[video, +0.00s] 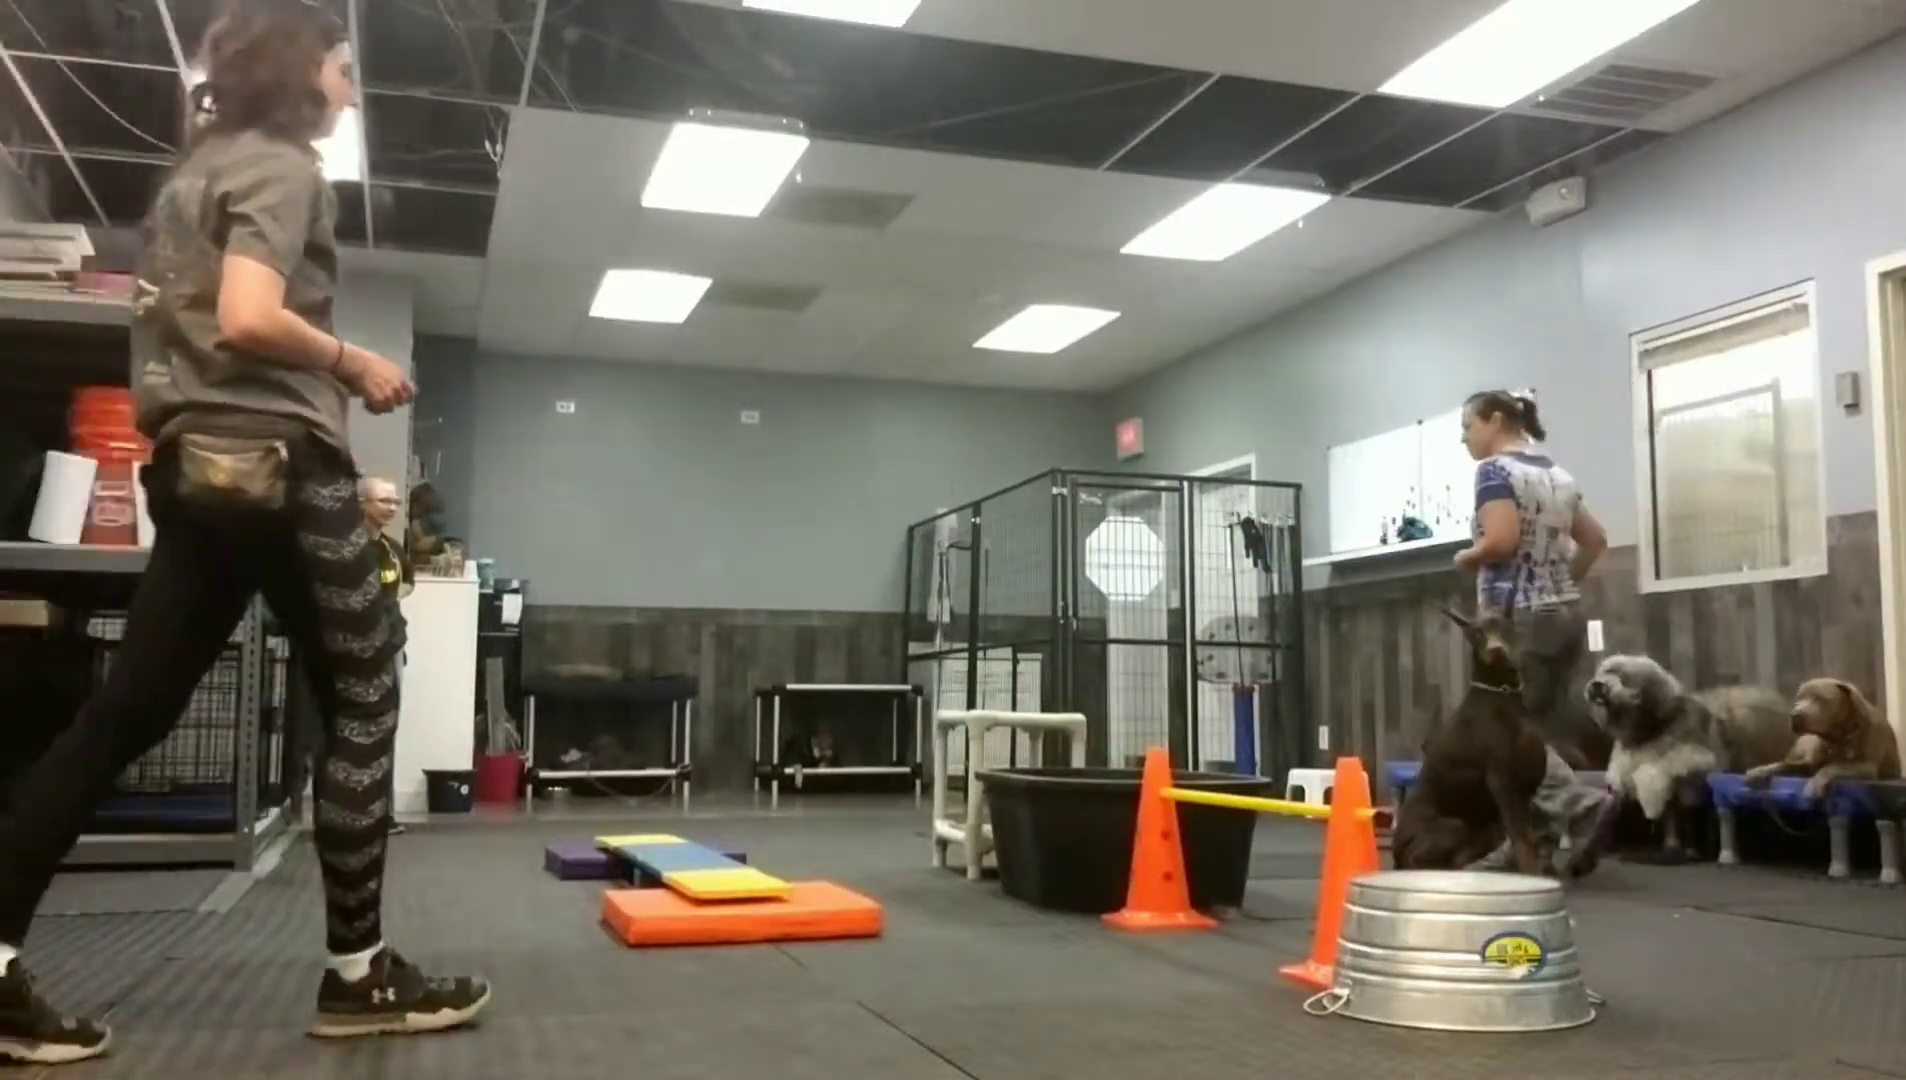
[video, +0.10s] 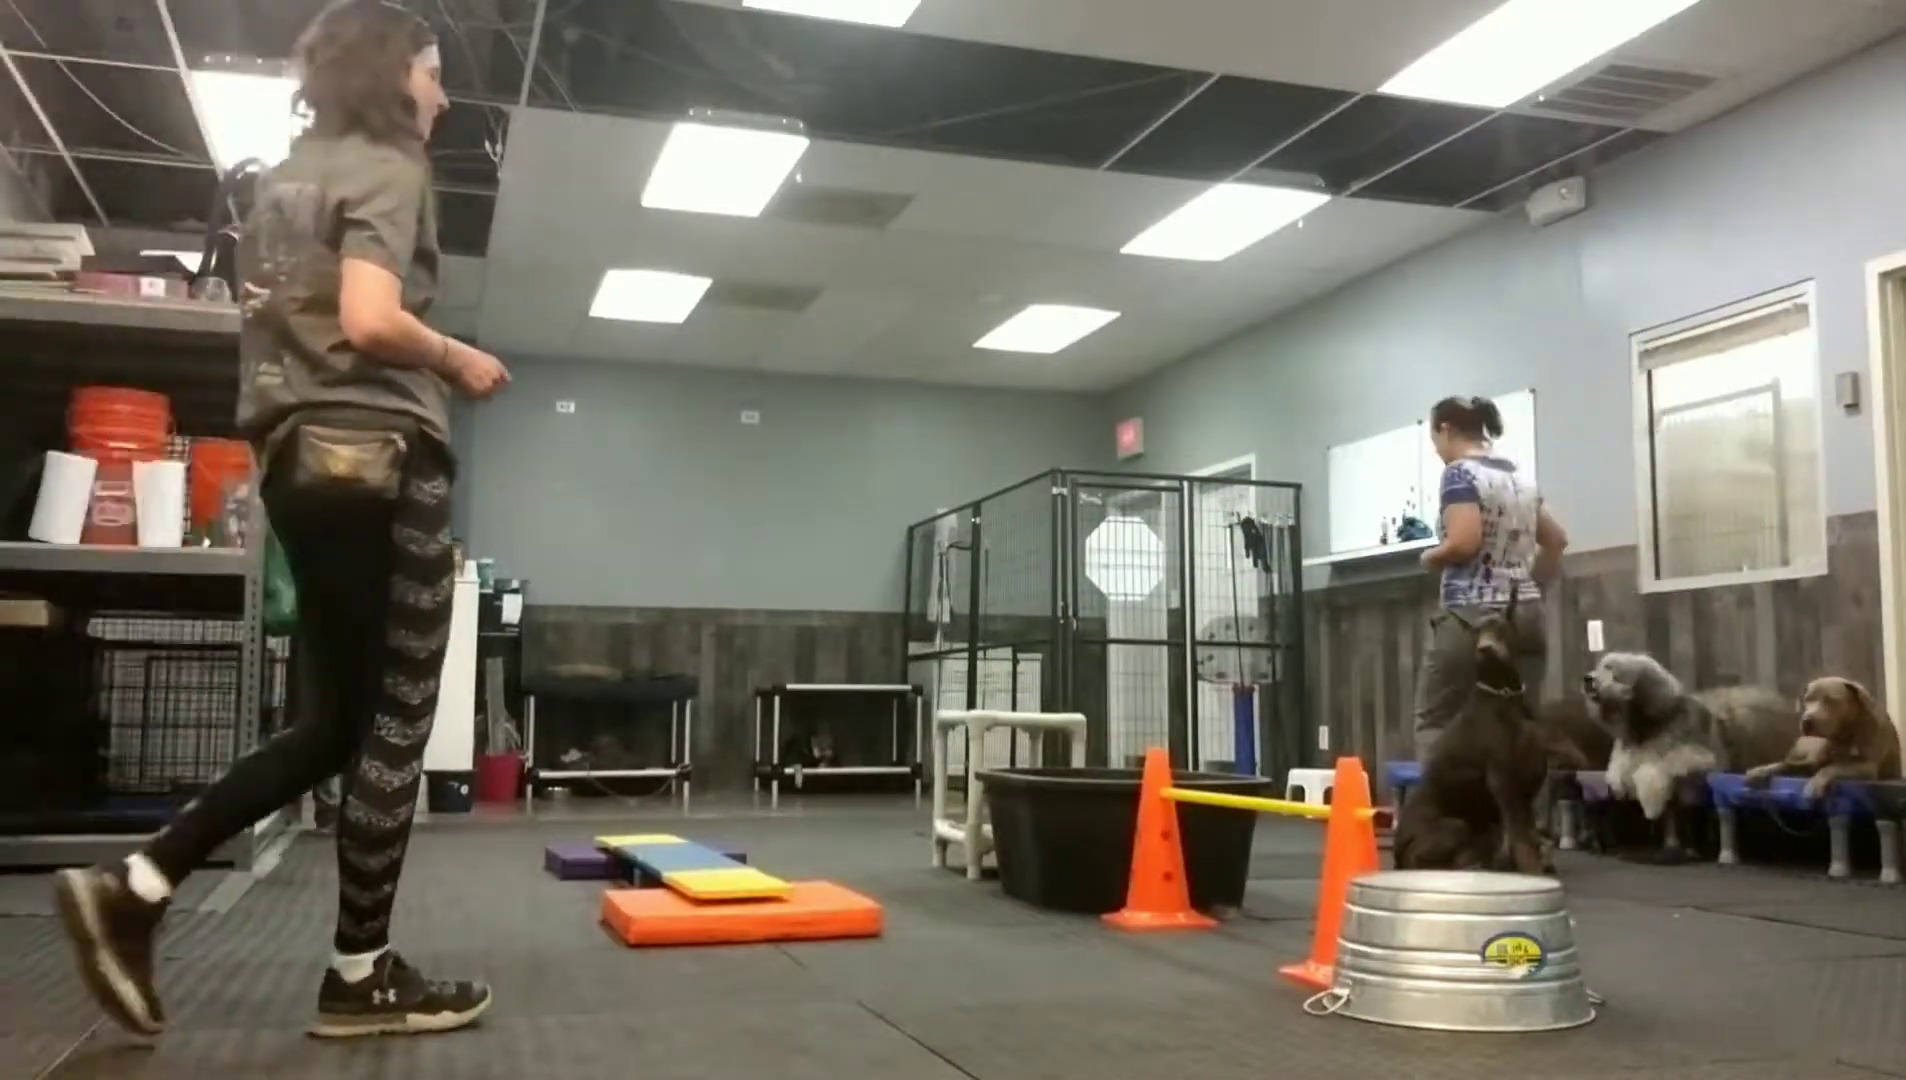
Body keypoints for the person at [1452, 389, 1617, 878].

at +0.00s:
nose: (1467, 439)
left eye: (1470, 428)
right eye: (1466, 430)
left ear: (1497, 422)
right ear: (1512, 424)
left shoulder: (1494, 470)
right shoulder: (1553, 471)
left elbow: (1502, 538)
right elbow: (1594, 538)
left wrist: (1470, 557)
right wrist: (1564, 581)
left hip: (1520, 620)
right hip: (1566, 618)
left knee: (1506, 726)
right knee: (1553, 721)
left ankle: (1582, 804)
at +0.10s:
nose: (1436, 449)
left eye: (1435, 439)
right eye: (1434, 440)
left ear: (1446, 431)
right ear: (1480, 432)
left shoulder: (1459, 473)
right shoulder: (1517, 480)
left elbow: (1465, 542)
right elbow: (1555, 540)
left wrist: (1433, 557)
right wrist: (1532, 588)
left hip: (1469, 613)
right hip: (1524, 610)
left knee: (1434, 721)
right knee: (1520, 719)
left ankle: (1443, 812)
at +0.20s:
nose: (1399, 461)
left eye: (1398, 454)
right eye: (1399, 454)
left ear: (1404, 452)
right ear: (1438, 450)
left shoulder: (1411, 491)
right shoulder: (1475, 496)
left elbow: (1413, 556)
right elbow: (1512, 557)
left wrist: (1389, 571)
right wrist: (1492, 602)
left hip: (1418, 628)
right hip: (1471, 625)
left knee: (1394, 734)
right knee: (1474, 731)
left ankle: (1377, 834)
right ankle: (1485, 831)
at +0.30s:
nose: (1358, 461)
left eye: (1357, 456)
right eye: (1362, 456)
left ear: (1360, 454)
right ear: (1397, 450)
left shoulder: (1355, 496)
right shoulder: (1433, 493)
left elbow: (1350, 560)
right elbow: (1466, 556)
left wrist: (1345, 560)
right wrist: (1448, 591)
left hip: (1369, 621)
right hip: (1427, 619)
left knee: (1363, 734)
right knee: (1421, 727)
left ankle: (1374, 835)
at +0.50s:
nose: (1346, 477)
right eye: (1352, 471)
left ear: (1318, 472)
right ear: (1355, 472)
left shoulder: (1298, 511)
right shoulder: (1377, 514)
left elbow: (1286, 568)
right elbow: (1402, 572)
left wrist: (1303, 582)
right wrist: (1391, 615)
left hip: (1313, 631)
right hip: (1367, 630)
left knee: (1324, 729)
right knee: (1353, 729)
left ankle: (1359, 818)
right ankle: (1328, 820)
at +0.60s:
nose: (1336, 482)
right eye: (1339, 476)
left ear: (1306, 475)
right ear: (1341, 476)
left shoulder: (1286, 511)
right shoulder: (1360, 516)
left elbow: (1268, 565)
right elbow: (1384, 573)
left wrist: (1288, 576)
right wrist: (1372, 618)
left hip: (1295, 629)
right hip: (1347, 629)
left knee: (1279, 722)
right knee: (1330, 727)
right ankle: (1323, 816)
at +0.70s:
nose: (1329, 491)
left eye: (1324, 485)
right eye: (1329, 485)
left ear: (1293, 485)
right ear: (1327, 485)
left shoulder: (1270, 517)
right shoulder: (1343, 522)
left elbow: (1251, 569)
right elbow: (1365, 577)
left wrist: (1275, 585)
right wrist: (1359, 621)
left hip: (1275, 629)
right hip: (1328, 630)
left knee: (1268, 722)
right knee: (1318, 730)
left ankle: (1247, 812)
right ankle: (1313, 824)